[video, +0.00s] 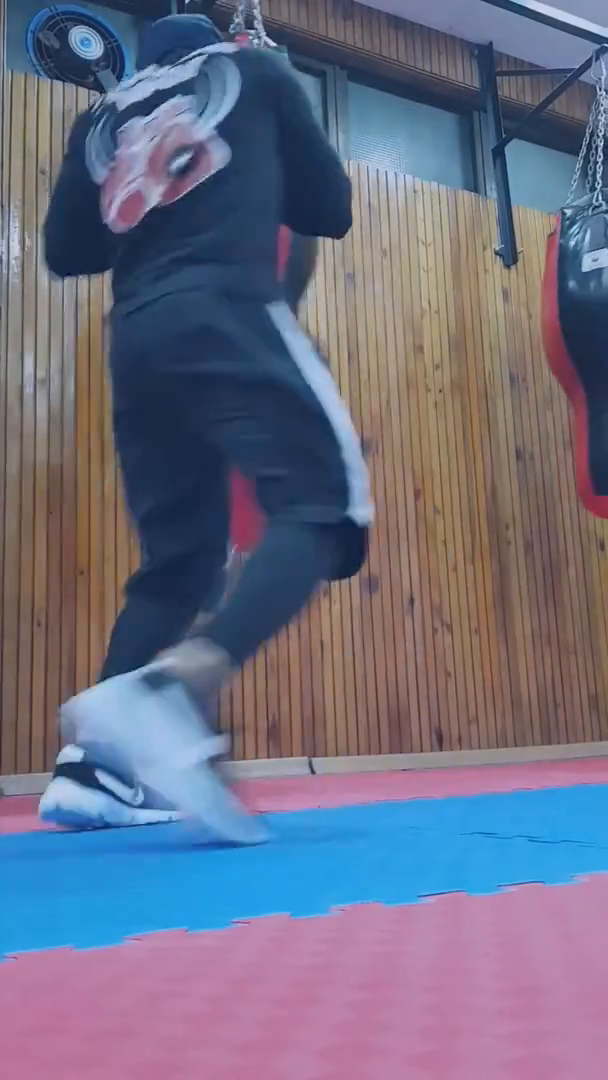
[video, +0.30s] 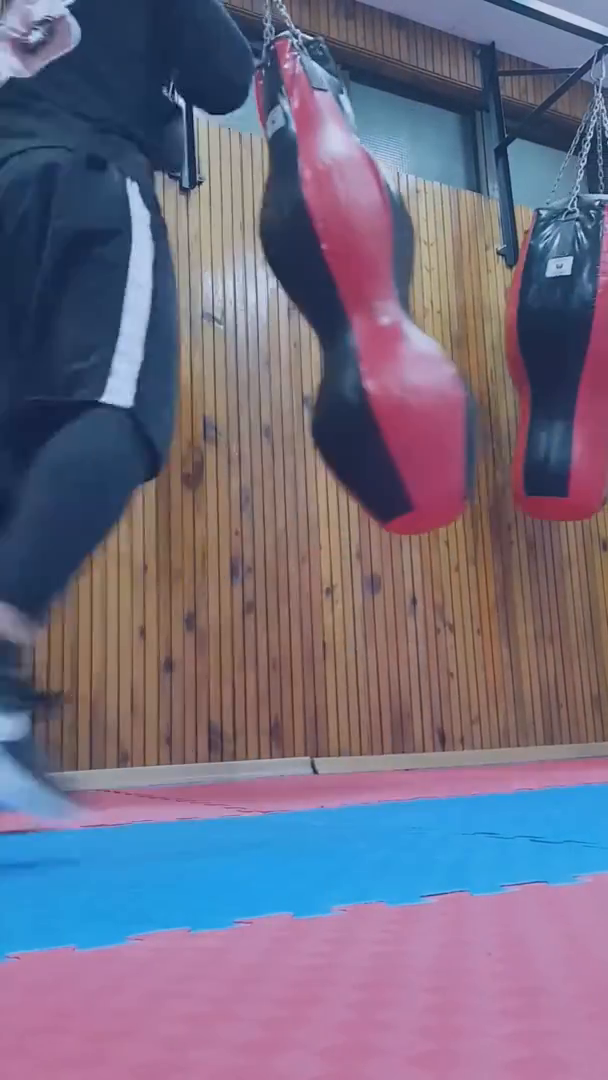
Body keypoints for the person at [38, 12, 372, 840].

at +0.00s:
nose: (249, 33)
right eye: (239, 27)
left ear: (142, 54)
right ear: (221, 34)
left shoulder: (100, 120)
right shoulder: (255, 68)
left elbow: (66, 250)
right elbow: (328, 206)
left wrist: (156, 212)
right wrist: (240, 175)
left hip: (134, 336)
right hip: (224, 312)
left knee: (178, 556)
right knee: (322, 515)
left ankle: (97, 767)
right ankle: (177, 686)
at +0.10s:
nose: (253, 29)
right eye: (246, 23)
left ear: (123, 18)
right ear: (212, 12)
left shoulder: (91, 100)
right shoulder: (216, 49)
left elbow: (39, 242)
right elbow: (288, 195)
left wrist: (121, 273)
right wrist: (279, 118)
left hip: (90, 309)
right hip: (168, 298)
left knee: (133, 546)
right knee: (211, 527)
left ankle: (124, 774)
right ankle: (91, 746)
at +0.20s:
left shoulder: (53, 29)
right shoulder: (183, 7)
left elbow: (10, 159)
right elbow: (232, 122)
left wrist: (35, 110)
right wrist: (252, 69)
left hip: (36, 222)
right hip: (127, 207)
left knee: (68, 469)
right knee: (162, 432)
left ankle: (88, 733)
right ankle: (112, 684)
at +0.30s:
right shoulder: (153, 1)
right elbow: (225, 83)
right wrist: (241, 29)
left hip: (10, 159)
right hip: (81, 162)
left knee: (19, 430)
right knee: (116, 408)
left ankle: (7, 711)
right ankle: (4, 653)